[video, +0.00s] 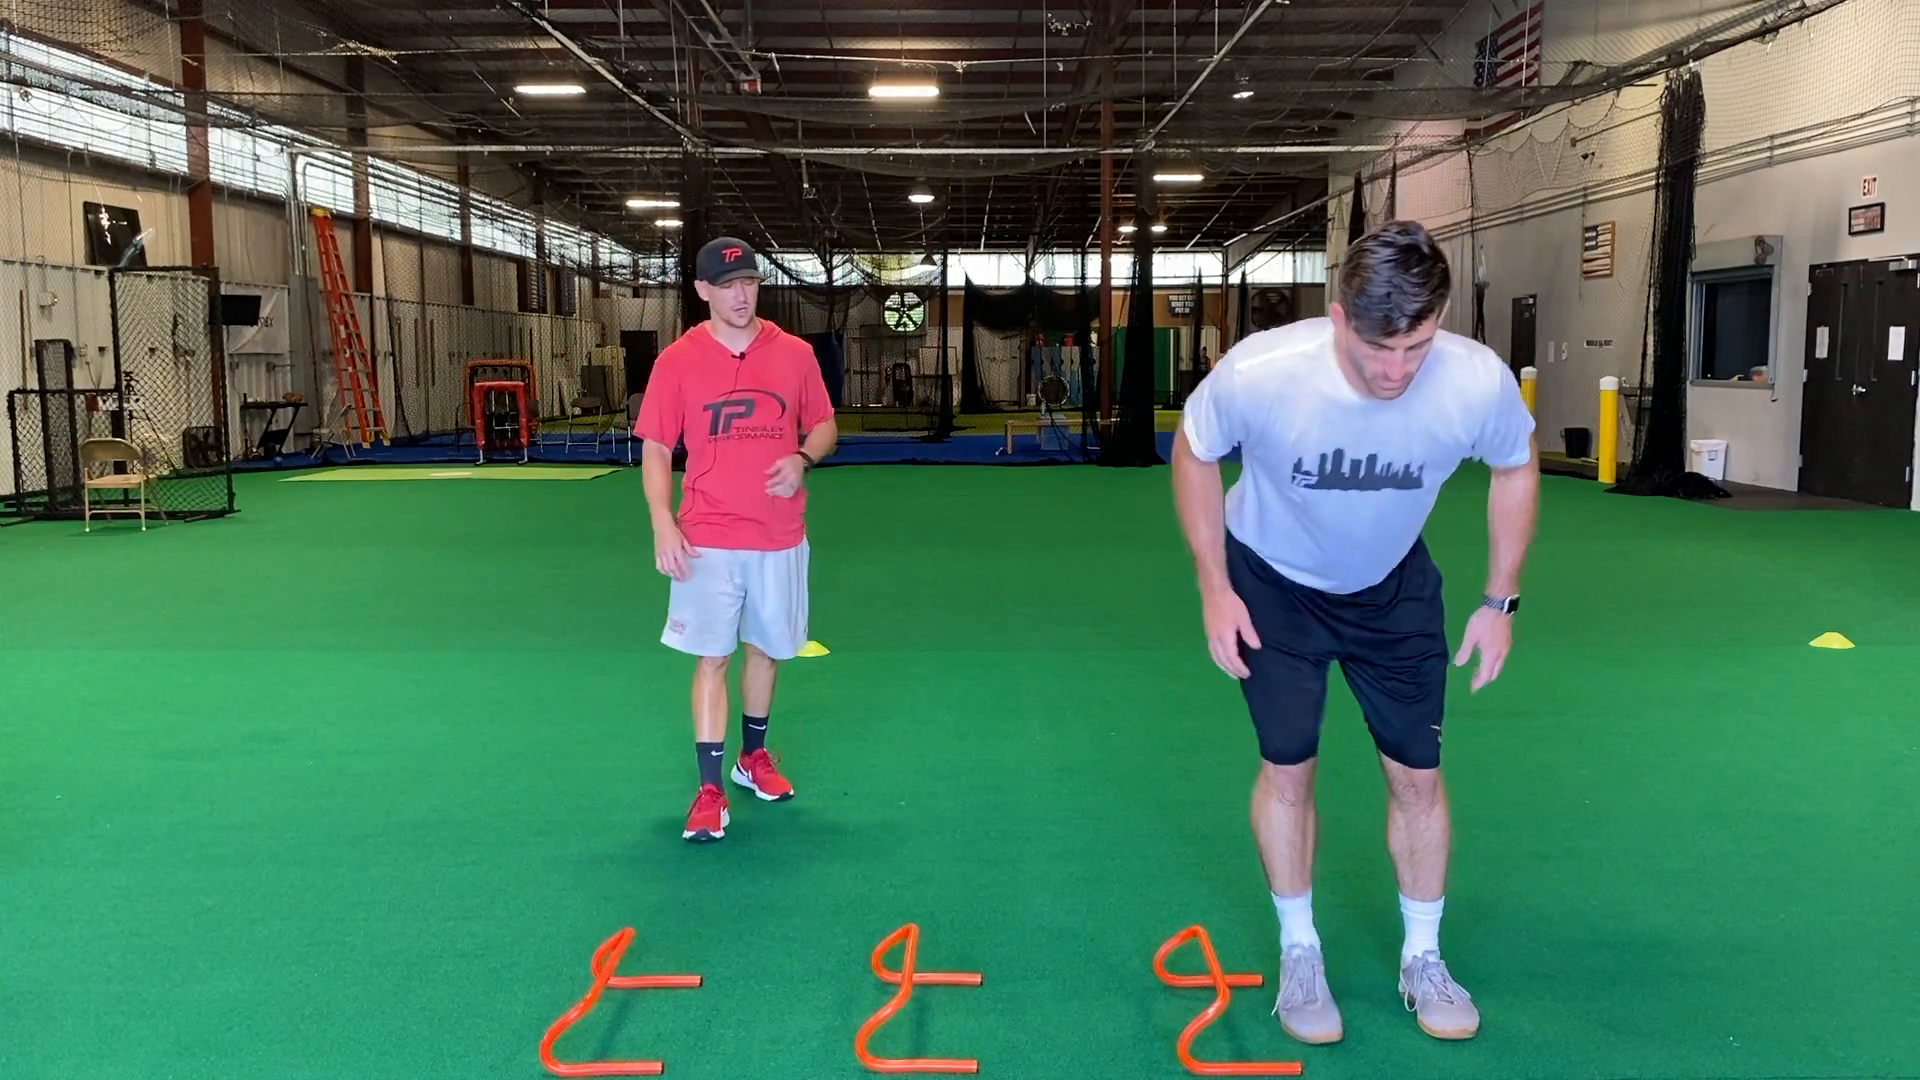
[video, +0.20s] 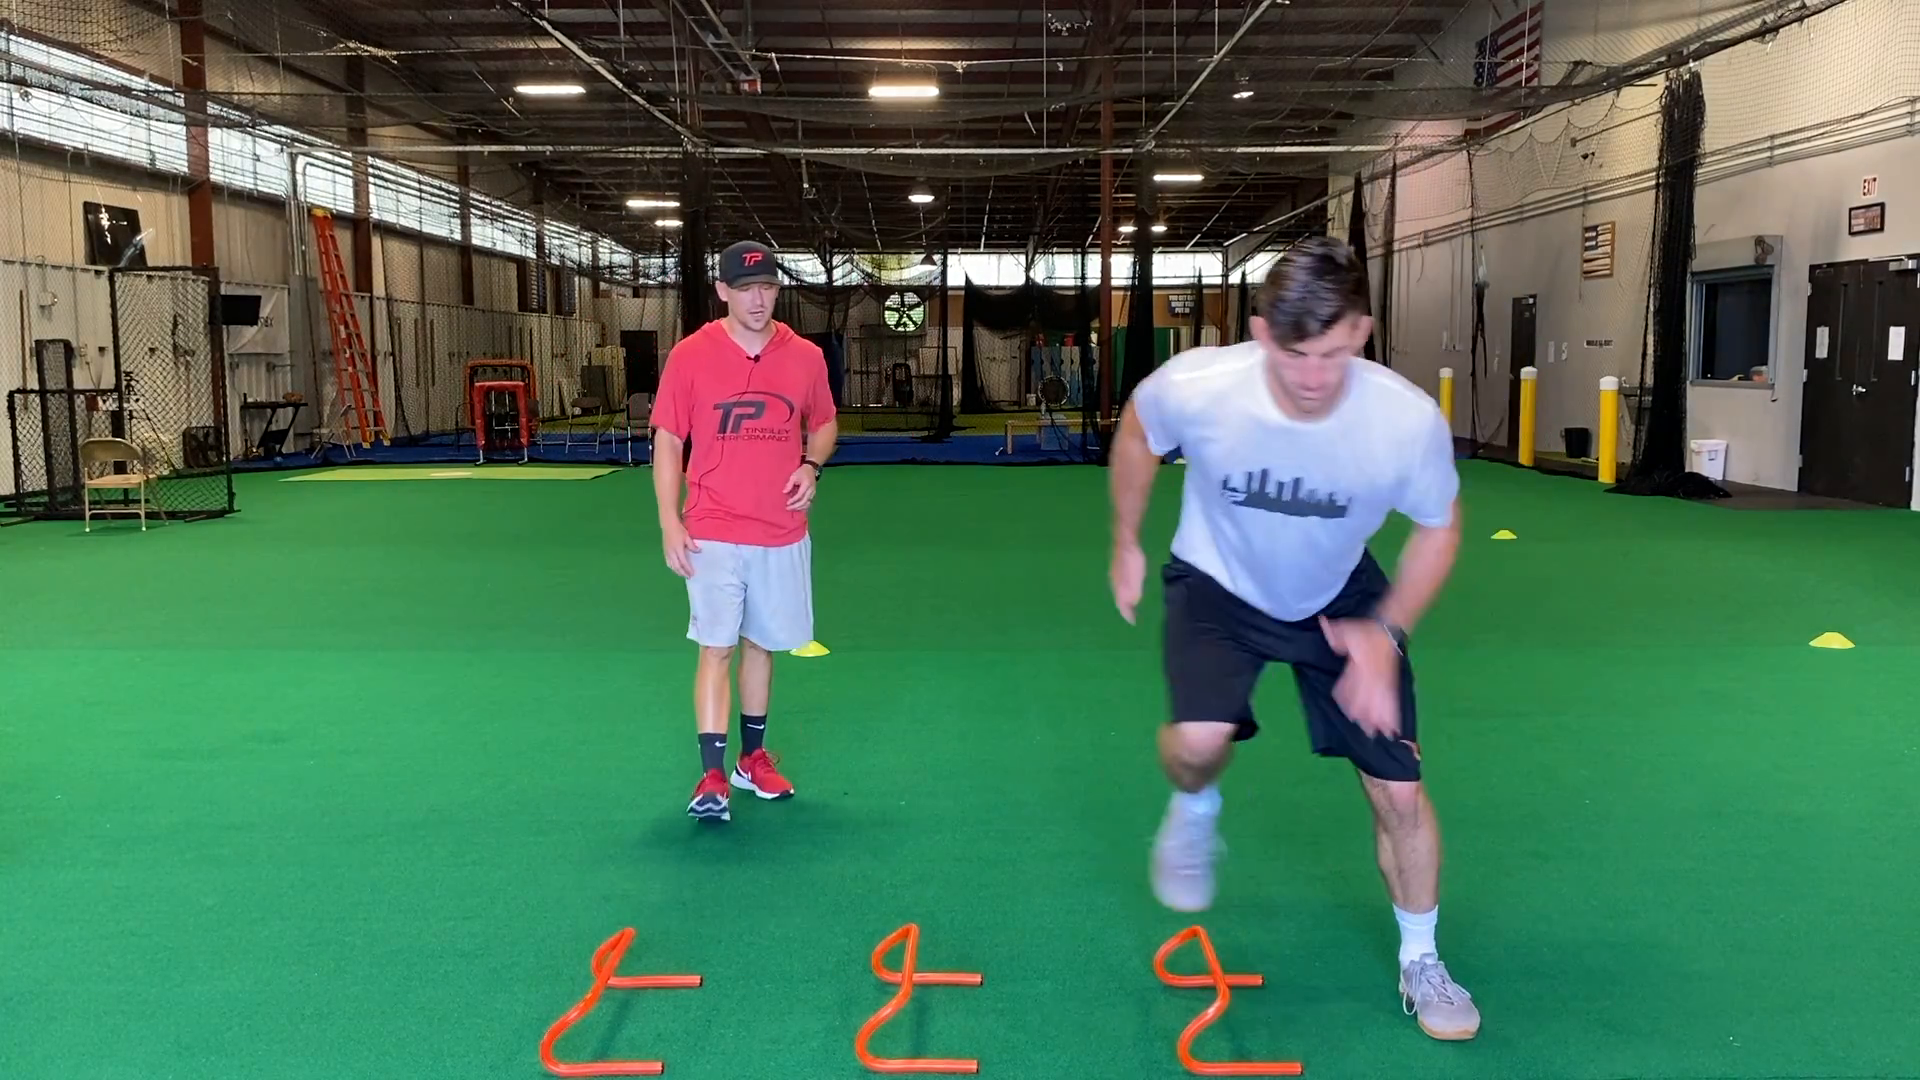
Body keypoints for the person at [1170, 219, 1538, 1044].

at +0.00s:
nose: (1396, 367)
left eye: (1414, 347)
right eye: (1377, 347)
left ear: (1436, 322)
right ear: (1338, 318)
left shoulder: (1476, 381)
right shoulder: (1257, 374)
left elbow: (1517, 467)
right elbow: (1192, 449)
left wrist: (1499, 598)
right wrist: (1214, 586)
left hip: (1394, 581)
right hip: (1275, 580)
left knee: (1418, 769)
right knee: (1288, 763)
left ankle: (1424, 958)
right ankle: (1300, 952)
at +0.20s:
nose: (1316, 376)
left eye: (1336, 356)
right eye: (1298, 355)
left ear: (1363, 335)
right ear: (1262, 331)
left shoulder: (1408, 421)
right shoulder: (1197, 388)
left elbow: (1440, 527)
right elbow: (1138, 424)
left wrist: (1387, 628)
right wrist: (1126, 539)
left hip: (1341, 590)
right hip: (1216, 579)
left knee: (1400, 789)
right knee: (1199, 739)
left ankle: (1422, 961)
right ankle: (1190, 814)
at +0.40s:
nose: (1149, 313)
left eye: (1165, 293)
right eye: (1130, 295)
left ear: (1193, 275)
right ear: (1099, 279)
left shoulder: (1250, 333)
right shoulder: (1039, 354)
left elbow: (1320, 349)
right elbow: (1010, 423)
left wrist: (1293, 478)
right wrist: (1038, 539)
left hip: (1230, 569)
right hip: (1103, 581)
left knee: (1315, 750)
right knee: (1081, 773)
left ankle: (1343, 857)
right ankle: (1053, 942)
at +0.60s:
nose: (1006, 289)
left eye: (1023, 269)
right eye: (989, 271)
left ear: (1062, 249)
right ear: (966, 259)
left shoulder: (1127, 334)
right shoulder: (921, 316)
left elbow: (1199, 411)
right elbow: (897, 368)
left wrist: (1132, 504)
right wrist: (910, 482)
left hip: (1087, 527)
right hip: (971, 527)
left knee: (1101, 737)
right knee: (964, 722)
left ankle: (1087, 920)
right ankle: (1012, 831)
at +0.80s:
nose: (857, 295)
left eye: (873, 273)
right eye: (840, 275)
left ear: (914, 257)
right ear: (819, 266)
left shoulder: (983, 332)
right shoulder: (778, 334)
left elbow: (1075, 377)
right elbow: (774, 409)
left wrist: (1041, 505)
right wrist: (783, 521)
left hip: (966, 552)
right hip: (844, 559)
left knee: (1002, 727)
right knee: (808, 743)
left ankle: (1030, 876)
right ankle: (779, 920)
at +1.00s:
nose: (719, 304)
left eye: (737, 282)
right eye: (702, 285)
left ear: (783, 263)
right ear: (683, 276)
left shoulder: (860, 351)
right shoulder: (658, 333)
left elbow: (939, 423)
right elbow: (659, 403)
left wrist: (874, 540)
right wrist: (664, 507)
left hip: (826, 556)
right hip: (716, 551)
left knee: (810, 737)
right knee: (681, 722)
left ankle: (804, 928)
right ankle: (738, 870)